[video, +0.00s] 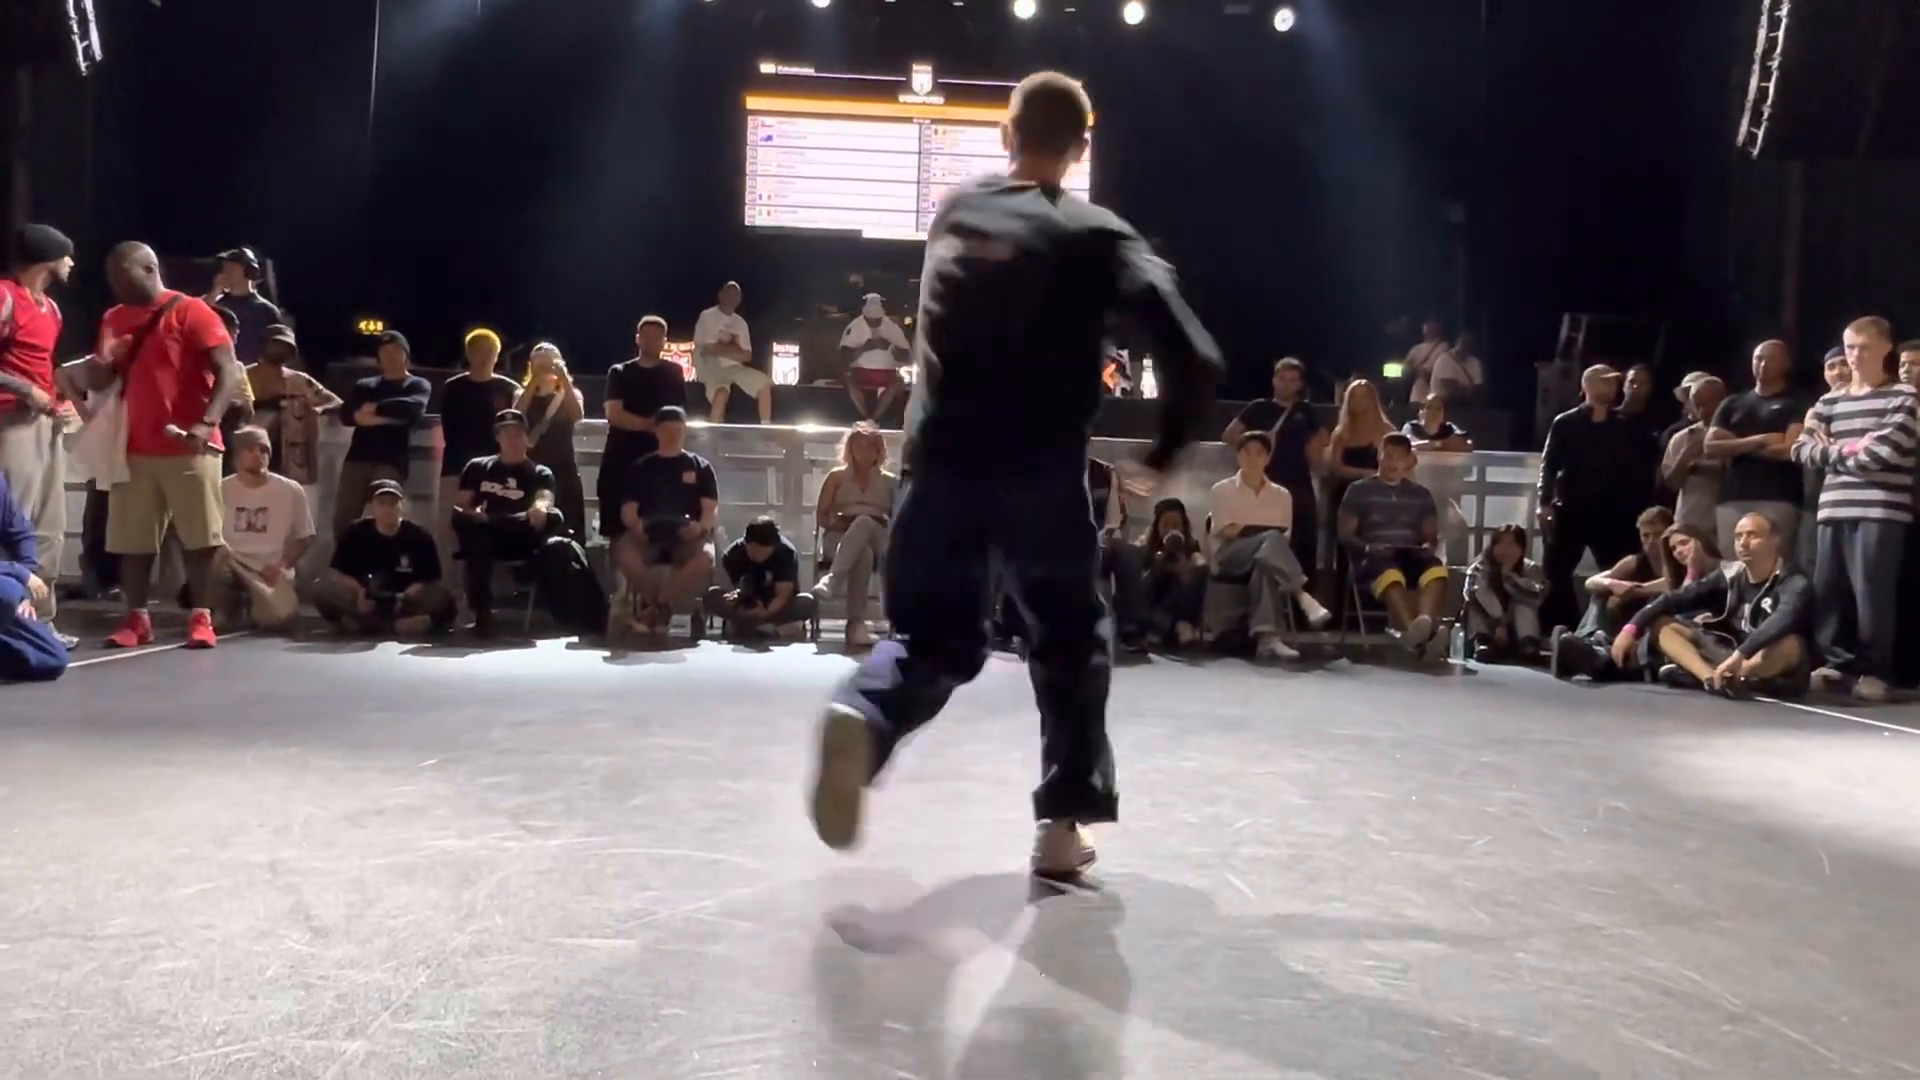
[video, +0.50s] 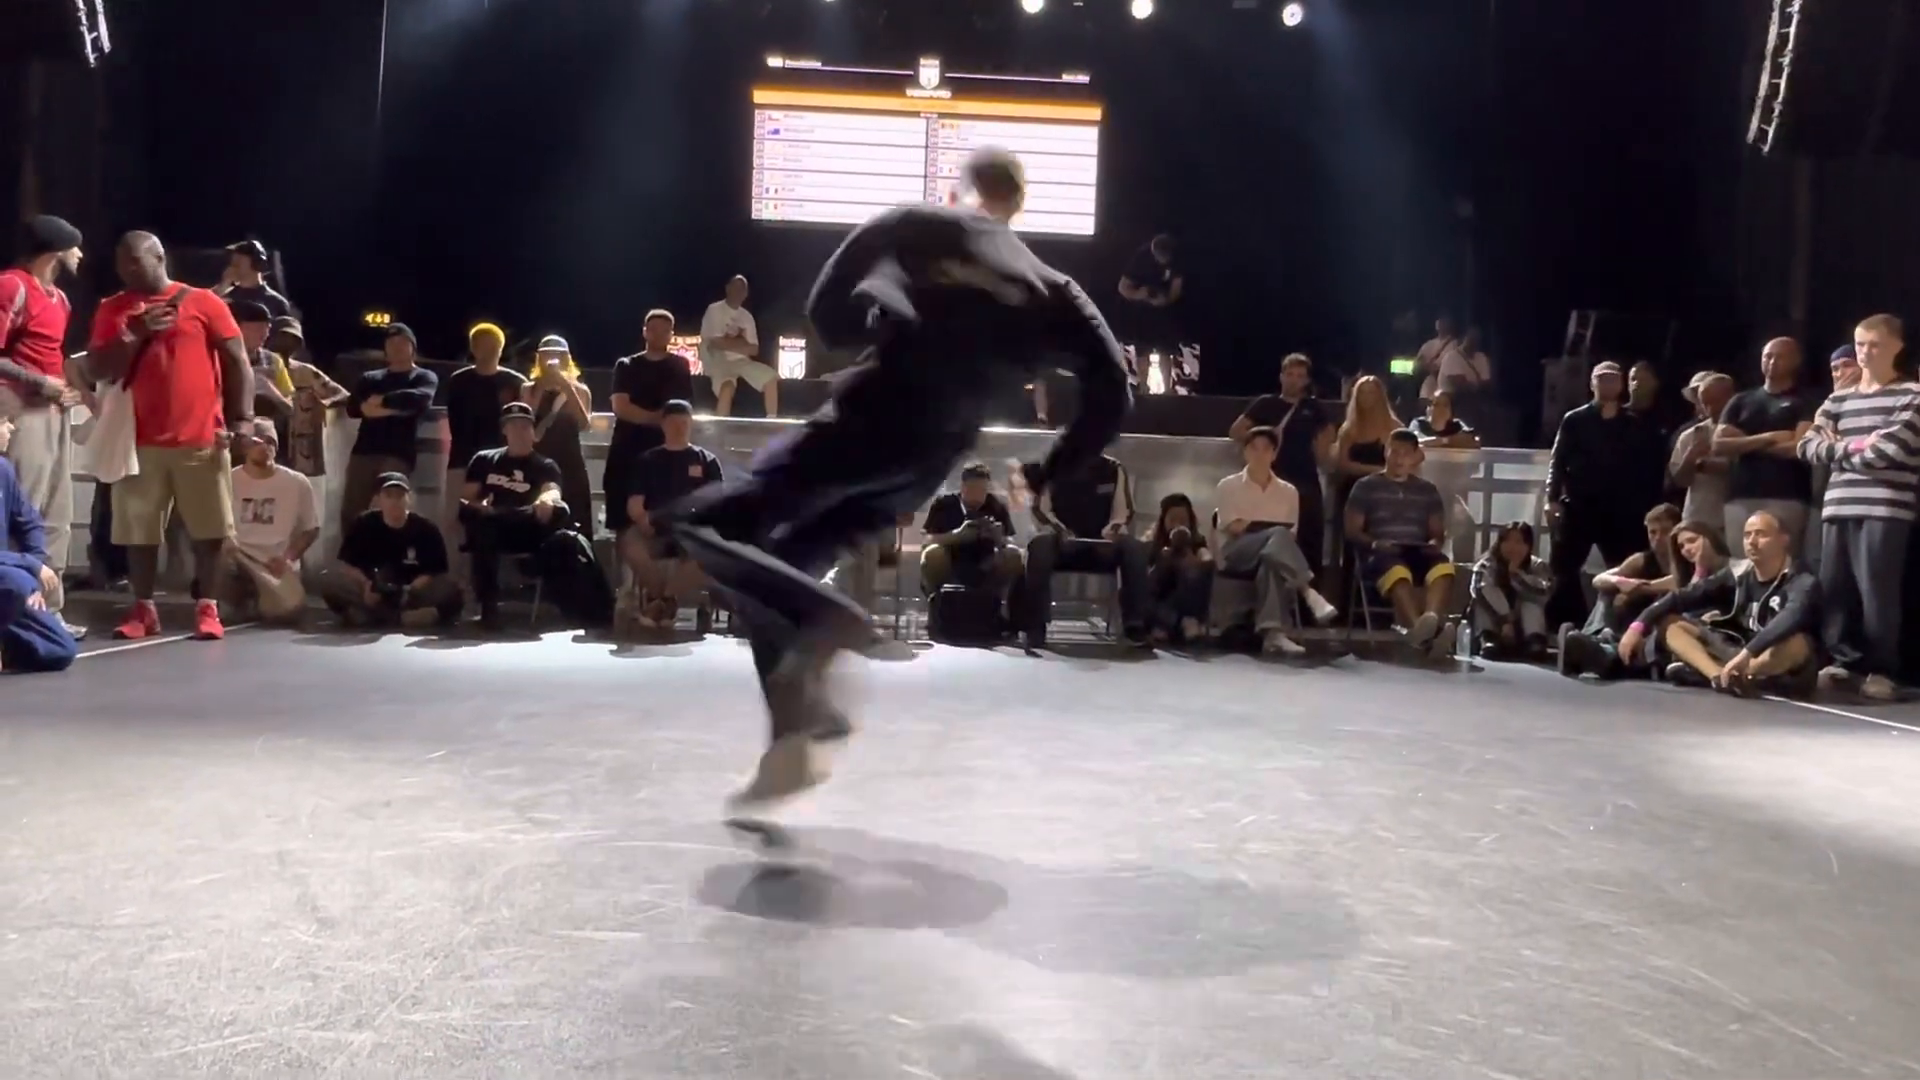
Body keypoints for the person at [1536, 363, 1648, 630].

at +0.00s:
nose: (1614, 386)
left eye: (1614, 381)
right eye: (1606, 381)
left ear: (1615, 387)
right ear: (1588, 387)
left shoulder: (1625, 425)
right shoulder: (1565, 424)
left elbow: (1639, 468)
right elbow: (1549, 466)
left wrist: (1636, 503)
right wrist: (1545, 502)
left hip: (1614, 509)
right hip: (1573, 510)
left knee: (1622, 573)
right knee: (1556, 571)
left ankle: (1623, 633)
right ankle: (1561, 630)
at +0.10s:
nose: (1614, 385)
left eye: (1615, 381)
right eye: (1607, 381)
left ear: (1617, 387)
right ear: (1590, 387)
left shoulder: (1627, 425)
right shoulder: (1567, 423)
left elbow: (1641, 468)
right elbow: (1551, 465)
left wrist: (1639, 505)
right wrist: (1546, 501)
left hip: (1615, 509)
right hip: (1573, 510)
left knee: (1623, 572)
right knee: (1558, 570)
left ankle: (1625, 632)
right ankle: (1564, 629)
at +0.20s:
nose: (1614, 385)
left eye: (1616, 380)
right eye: (1607, 380)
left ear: (1619, 386)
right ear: (1591, 386)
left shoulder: (1631, 425)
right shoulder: (1569, 422)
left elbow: (1644, 468)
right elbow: (1553, 465)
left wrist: (1640, 505)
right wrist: (1548, 501)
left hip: (1617, 509)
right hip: (1575, 509)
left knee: (1625, 572)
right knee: (1560, 570)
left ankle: (1626, 632)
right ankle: (1565, 628)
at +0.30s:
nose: (1613, 386)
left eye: (1617, 381)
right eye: (1606, 380)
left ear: (1621, 386)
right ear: (1591, 385)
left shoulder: (1632, 425)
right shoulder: (1571, 422)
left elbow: (1644, 468)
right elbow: (1554, 463)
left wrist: (1642, 505)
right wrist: (1549, 500)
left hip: (1618, 508)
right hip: (1577, 508)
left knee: (1626, 572)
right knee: (1560, 569)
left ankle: (1626, 632)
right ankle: (1562, 627)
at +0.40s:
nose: (1608, 386)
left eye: (1614, 380)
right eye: (1603, 380)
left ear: (1622, 387)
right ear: (1591, 385)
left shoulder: (1634, 425)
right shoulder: (1573, 422)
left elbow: (1646, 468)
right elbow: (1556, 464)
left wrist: (1644, 505)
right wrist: (1551, 500)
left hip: (1621, 509)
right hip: (1578, 509)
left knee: (1629, 572)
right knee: (1563, 570)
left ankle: (1631, 631)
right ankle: (1563, 628)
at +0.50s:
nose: (1606, 383)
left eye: (1612, 378)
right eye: (1601, 378)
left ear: (1622, 385)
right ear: (1592, 384)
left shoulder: (1635, 424)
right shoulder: (1574, 421)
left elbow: (1647, 466)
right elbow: (1558, 463)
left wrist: (1644, 503)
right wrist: (1552, 499)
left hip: (1622, 507)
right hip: (1579, 507)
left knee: (1630, 569)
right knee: (1564, 568)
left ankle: (1631, 630)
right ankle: (1566, 627)